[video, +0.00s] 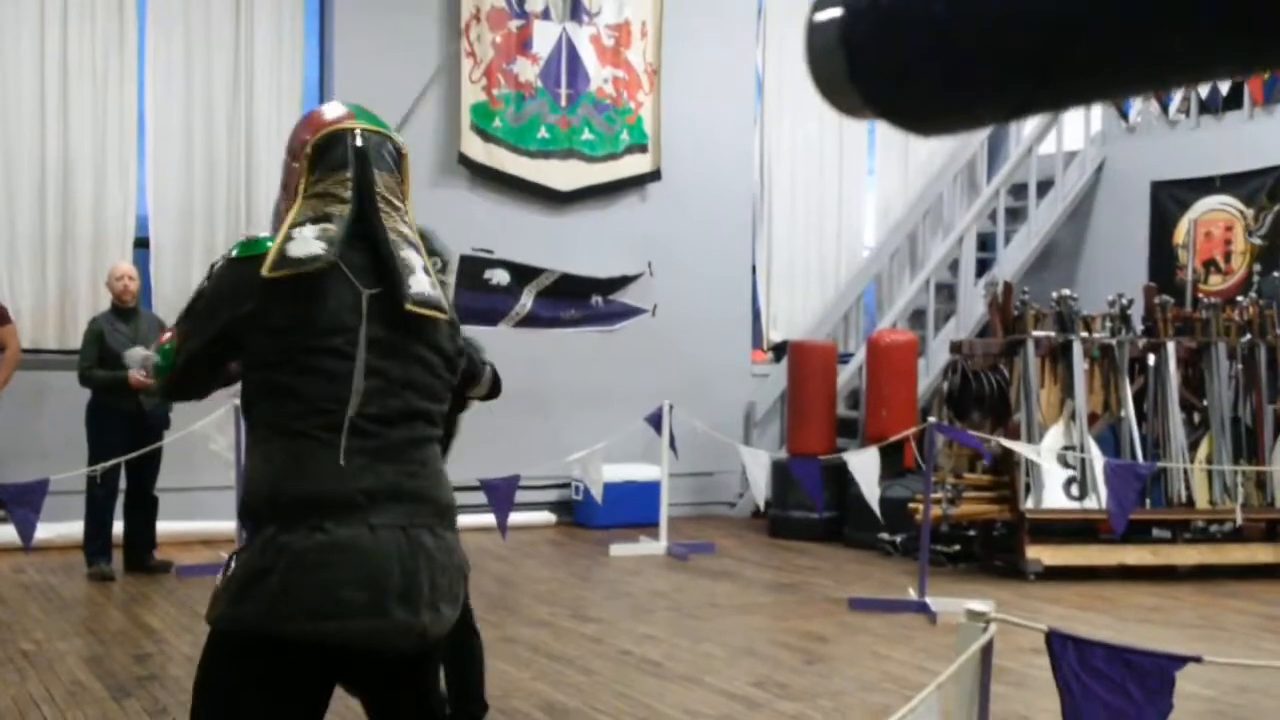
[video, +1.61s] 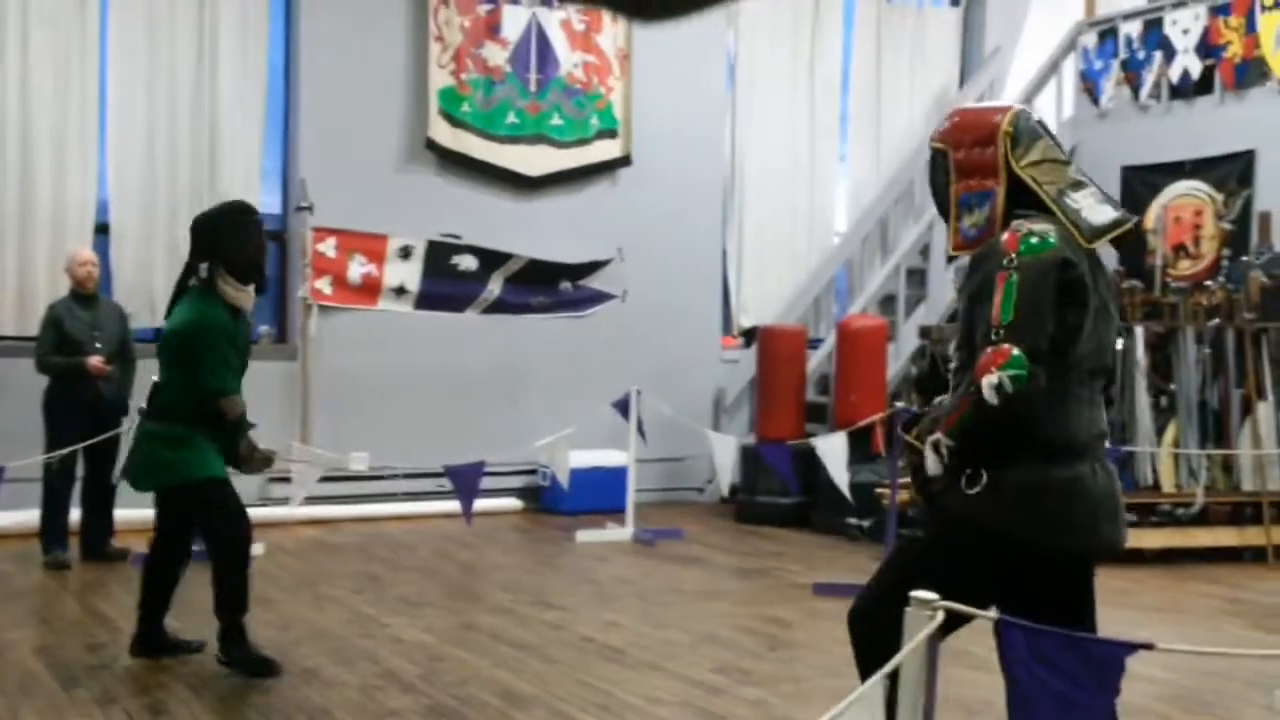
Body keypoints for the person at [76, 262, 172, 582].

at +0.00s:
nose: (126, 284)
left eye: (131, 278)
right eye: (119, 279)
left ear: (140, 284)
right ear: (109, 286)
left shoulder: (155, 325)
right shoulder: (98, 327)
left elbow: (173, 366)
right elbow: (86, 374)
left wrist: (157, 380)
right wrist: (125, 378)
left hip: (148, 418)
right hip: (108, 418)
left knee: (143, 490)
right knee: (103, 489)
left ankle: (140, 555)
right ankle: (99, 559)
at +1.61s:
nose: (90, 270)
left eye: (94, 264)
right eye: (83, 264)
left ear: (100, 270)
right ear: (69, 272)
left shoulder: (114, 312)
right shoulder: (58, 311)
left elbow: (127, 358)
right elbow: (43, 360)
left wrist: (121, 396)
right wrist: (82, 362)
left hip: (106, 406)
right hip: (65, 407)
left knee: (101, 479)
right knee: (59, 477)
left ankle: (97, 544)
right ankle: (55, 547)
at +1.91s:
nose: (46, 266)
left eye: (50, 260)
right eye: (39, 260)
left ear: (56, 266)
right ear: (25, 267)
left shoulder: (71, 308)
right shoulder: (13, 309)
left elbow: (85, 353)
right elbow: (4, 356)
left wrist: (79, 389)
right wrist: (40, 359)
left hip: (63, 403)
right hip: (22, 404)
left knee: (58, 476)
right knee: (16, 475)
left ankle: (55, 542)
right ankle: (12, 544)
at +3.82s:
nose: (26, 262)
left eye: (29, 256)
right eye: (19, 257)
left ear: (35, 263)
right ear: (4, 265)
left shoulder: (48, 304)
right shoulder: (2, 302)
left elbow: (63, 350)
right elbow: (0, 353)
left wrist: (58, 390)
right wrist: (18, 358)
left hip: (41, 402)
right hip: (5, 402)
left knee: (36, 475)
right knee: (2, 474)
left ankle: (32, 541)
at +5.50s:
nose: (21, 263)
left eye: (24, 257)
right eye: (13, 257)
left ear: (30, 264)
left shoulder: (41, 305)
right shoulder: (1, 303)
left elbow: (56, 351)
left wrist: (52, 389)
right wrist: (15, 360)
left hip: (37, 400)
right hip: (2, 402)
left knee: (45, 469)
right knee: (1, 474)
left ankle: (33, 538)